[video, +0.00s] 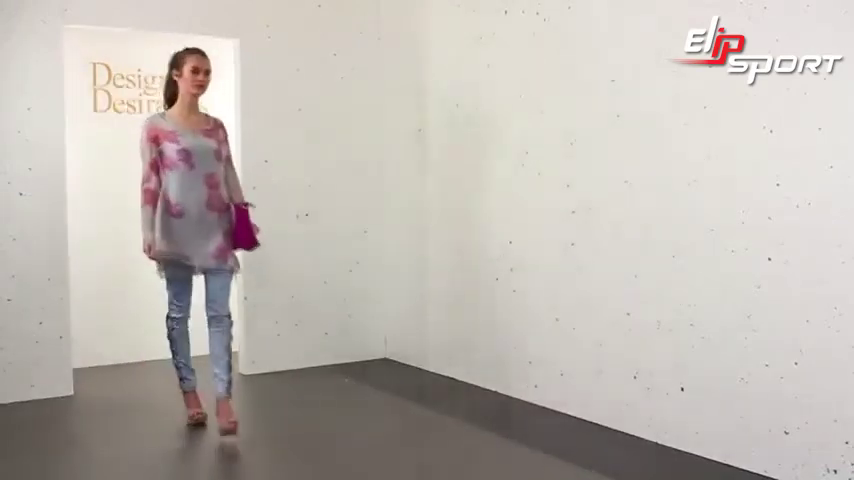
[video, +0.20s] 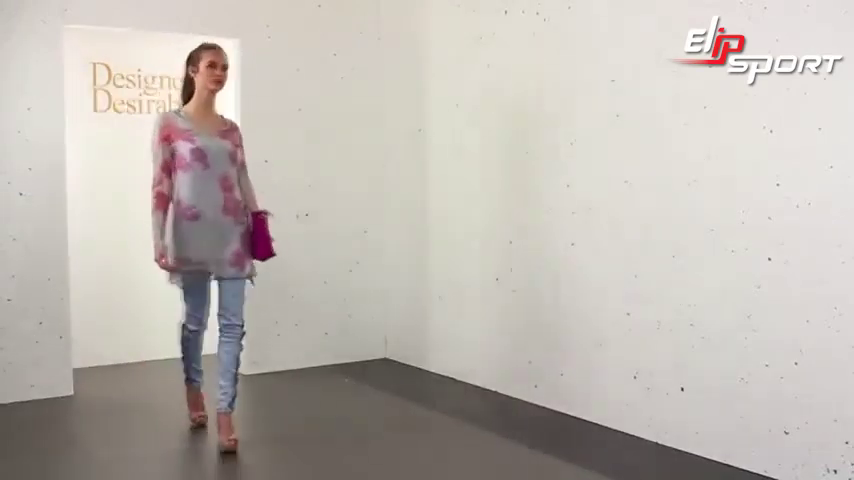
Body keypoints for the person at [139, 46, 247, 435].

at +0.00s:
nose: (201, 78)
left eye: (206, 73)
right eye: (195, 72)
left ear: (209, 79)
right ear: (177, 75)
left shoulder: (215, 127)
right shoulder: (155, 125)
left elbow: (230, 178)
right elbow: (150, 182)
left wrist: (243, 222)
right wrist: (148, 233)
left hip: (218, 233)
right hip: (176, 233)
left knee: (220, 315)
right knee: (179, 314)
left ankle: (224, 396)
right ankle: (188, 388)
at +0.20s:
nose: (219, 73)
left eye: (223, 67)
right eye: (212, 66)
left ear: (226, 75)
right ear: (193, 71)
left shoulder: (230, 129)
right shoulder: (169, 123)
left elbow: (243, 184)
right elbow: (161, 185)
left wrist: (257, 230)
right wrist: (159, 242)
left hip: (234, 237)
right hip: (190, 237)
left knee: (232, 325)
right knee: (195, 320)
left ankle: (226, 410)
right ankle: (194, 386)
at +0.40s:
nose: (228, 62)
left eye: (233, 56)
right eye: (221, 55)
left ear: (238, 64)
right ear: (202, 61)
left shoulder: (245, 121)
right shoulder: (179, 116)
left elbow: (257, 177)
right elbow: (171, 180)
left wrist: (270, 226)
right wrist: (168, 237)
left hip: (242, 230)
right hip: (199, 229)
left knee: (237, 324)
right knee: (219, 320)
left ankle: (226, 410)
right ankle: (206, 396)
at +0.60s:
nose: (240, 60)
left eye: (245, 53)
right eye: (232, 53)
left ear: (251, 61)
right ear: (212, 61)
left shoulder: (264, 120)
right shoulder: (192, 117)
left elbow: (276, 180)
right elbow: (184, 184)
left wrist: (289, 229)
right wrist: (178, 246)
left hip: (253, 238)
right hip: (208, 236)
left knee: (240, 334)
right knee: (228, 333)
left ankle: (225, 412)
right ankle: (252, 430)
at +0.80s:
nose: (251, 55)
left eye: (257, 48)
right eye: (242, 48)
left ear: (263, 56)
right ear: (223, 56)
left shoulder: (280, 116)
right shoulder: (204, 119)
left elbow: (292, 182)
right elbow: (195, 189)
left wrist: (302, 236)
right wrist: (189, 255)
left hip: (270, 241)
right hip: (222, 239)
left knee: (257, 343)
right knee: (239, 342)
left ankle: (232, 414)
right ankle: (260, 442)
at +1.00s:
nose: (269, 44)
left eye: (274, 37)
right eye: (259, 37)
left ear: (279, 46)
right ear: (238, 45)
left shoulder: (292, 108)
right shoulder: (215, 108)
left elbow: (305, 177)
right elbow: (208, 181)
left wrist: (317, 228)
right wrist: (206, 248)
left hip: (286, 241)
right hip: (236, 242)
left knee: (285, 343)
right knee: (247, 343)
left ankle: (278, 428)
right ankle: (260, 444)